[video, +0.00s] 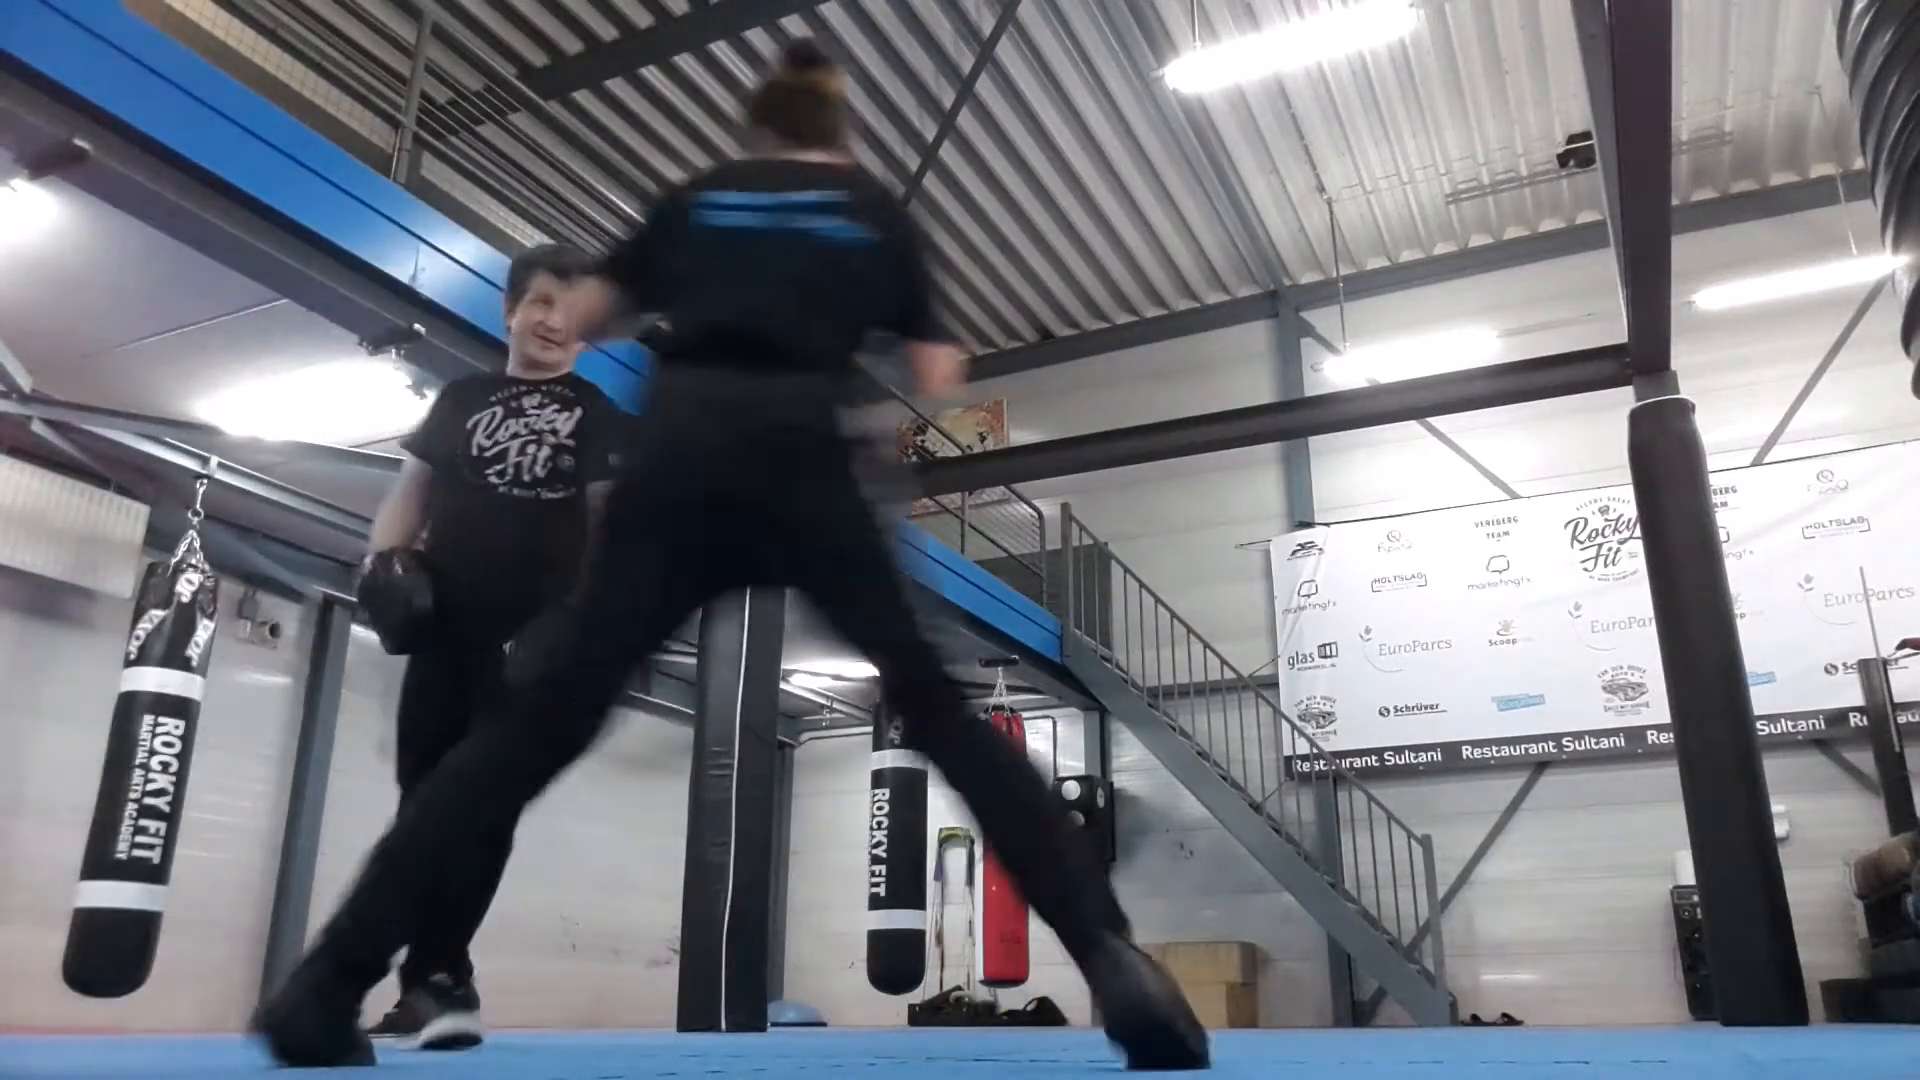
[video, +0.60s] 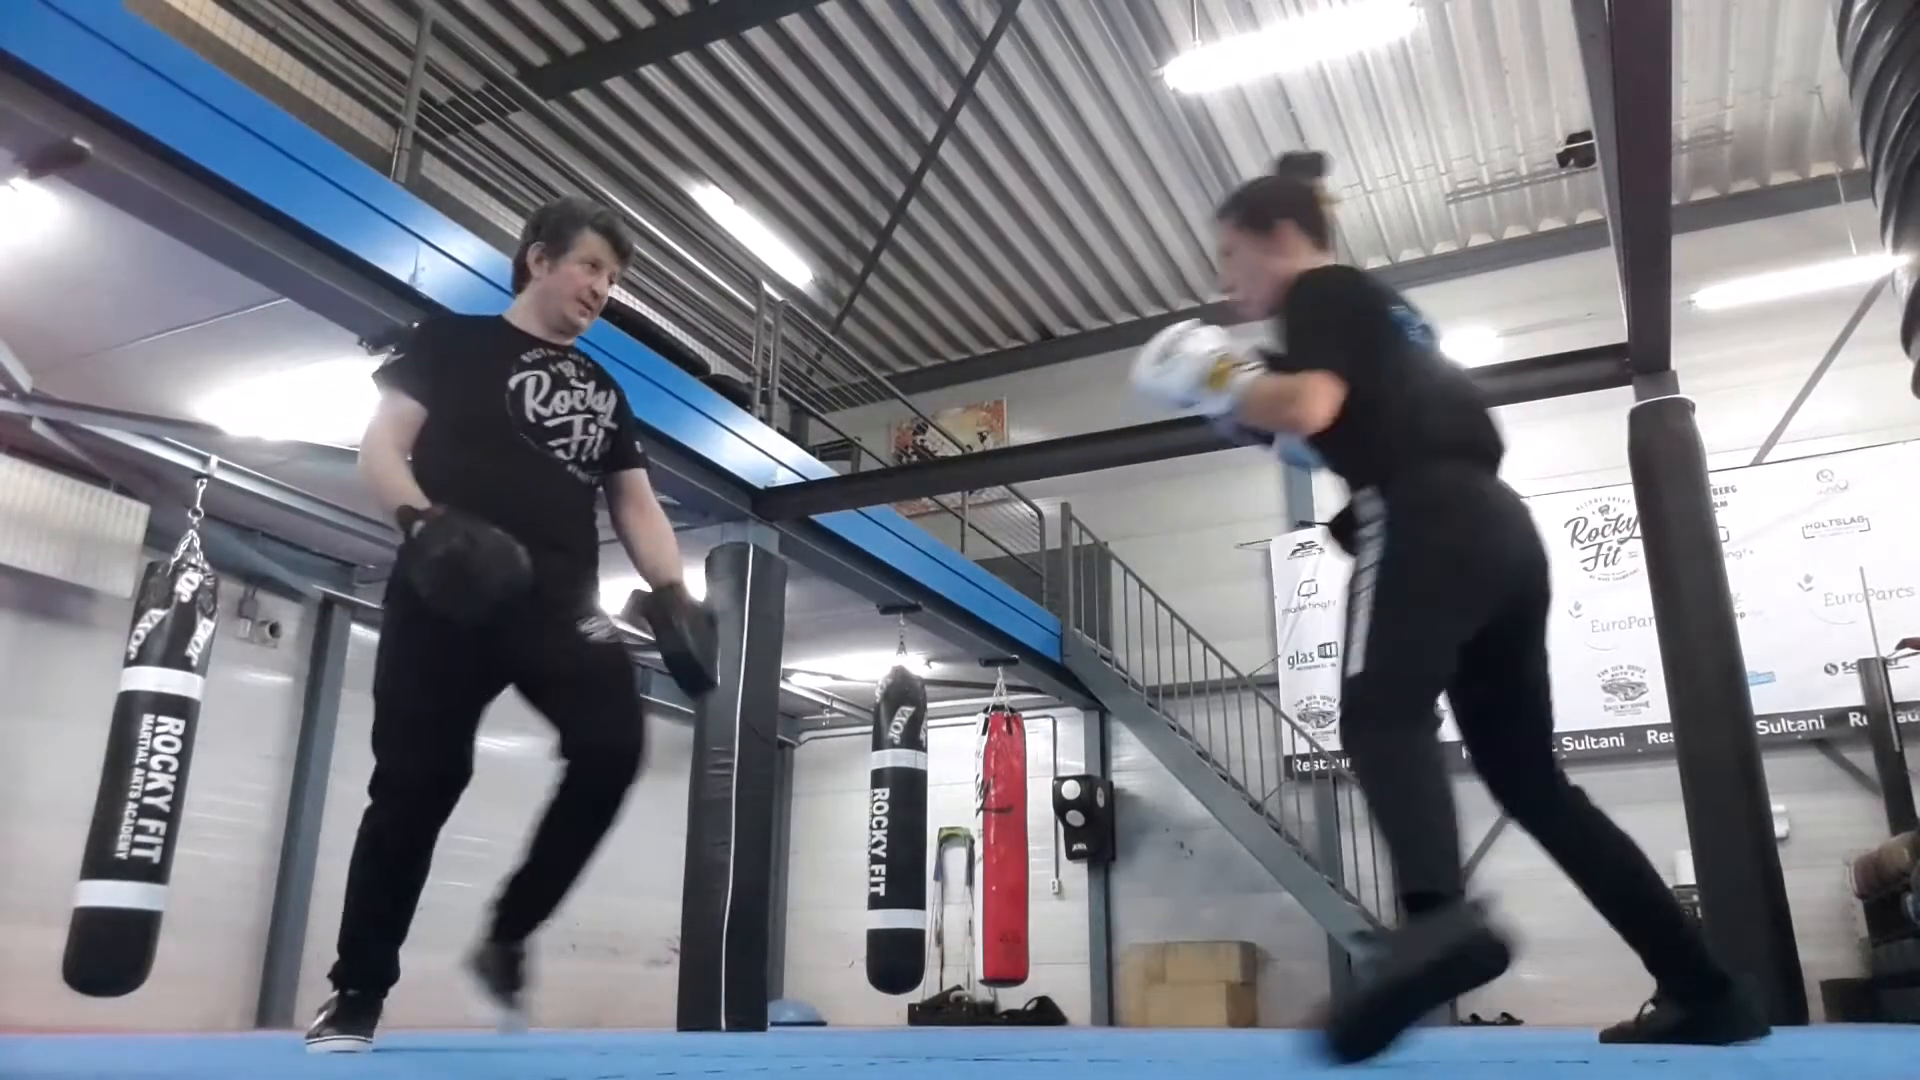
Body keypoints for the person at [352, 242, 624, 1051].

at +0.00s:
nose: (548, 324)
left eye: (565, 314)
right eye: (536, 307)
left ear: (585, 332)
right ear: (510, 312)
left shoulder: (598, 419)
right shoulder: (462, 398)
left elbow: (611, 536)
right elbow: (410, 496)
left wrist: (579, 625)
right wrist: (382, 566)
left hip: (536, 629)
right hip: (448, 618)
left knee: (487, 792)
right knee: (426, 791)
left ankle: (446, 979)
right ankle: (426, 983)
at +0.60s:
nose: (599, 289)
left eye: (609, 279)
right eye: (587, 268)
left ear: (610, 292)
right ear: (536, 261)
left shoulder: (604, 397)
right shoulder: (452, 341)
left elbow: (637, 507)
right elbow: (379, 451)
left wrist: (677, 600)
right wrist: (424, 521)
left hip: (557, 615)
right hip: (445, 597)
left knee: (613, 745)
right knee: (415, 784)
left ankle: (508, 935)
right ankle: (357, 994)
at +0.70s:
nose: (623, 282)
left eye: (633, 272)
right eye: (613, 259)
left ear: (633, 286)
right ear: (561, 252)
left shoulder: (619, 386)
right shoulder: (468, 328)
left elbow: (652, 500)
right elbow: (402, 437)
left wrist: (693, 598)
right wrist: (447, 503)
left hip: (581, 606)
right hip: (469, 592)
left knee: (658, 736)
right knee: (429, 782)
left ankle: (607, 949)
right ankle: (360, 994)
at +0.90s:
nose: (706, 296)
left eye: (712, 284)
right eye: (698, 275)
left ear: (689, 285)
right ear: (645, 262)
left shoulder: (684, 393)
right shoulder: (556, 328)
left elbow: (716, 510)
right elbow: (484, 411)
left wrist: (766, 605)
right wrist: (502, 494)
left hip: (642, 623)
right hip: (536, 609)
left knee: (710, 795)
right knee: (460, 797)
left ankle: (745, 993)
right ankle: (367, 989)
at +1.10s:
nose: (789, 313)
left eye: (795, 301)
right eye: (785, 294)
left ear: (750, 289)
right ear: (739, 279)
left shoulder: (753, 400)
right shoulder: (654, 339)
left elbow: (778, 525)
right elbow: (602, 421)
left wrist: (823, 620)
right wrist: (589, 512)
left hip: (727, 626)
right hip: (641, 607)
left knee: (764, 791)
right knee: (576, 775)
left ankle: (756, 997)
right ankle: (430, 957)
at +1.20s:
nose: (814, 303)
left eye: (817, 290)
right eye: (809, 284)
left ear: (774, 282)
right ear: (765, 274)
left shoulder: (767, 392)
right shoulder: (695, 328)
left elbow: (787, 521)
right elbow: (645, 409)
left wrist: (835, 618)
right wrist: (644, 509)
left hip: (746, 613)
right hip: (677, 588)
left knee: (762, 786)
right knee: (641, 762)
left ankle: (757, 996)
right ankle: (511, 944)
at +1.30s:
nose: (831, 293)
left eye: (831, 282)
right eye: (823, 277)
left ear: (783, 276)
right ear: (780, 271)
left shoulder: (782, 377)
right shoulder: (727, 328)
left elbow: (793, 512)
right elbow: (670, 409)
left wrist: (836, 616)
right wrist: (688, 506)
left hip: (764, 590)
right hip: (701, 567)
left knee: (762, 776)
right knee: (695, 760)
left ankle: (756, 996)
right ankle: (599, 965)